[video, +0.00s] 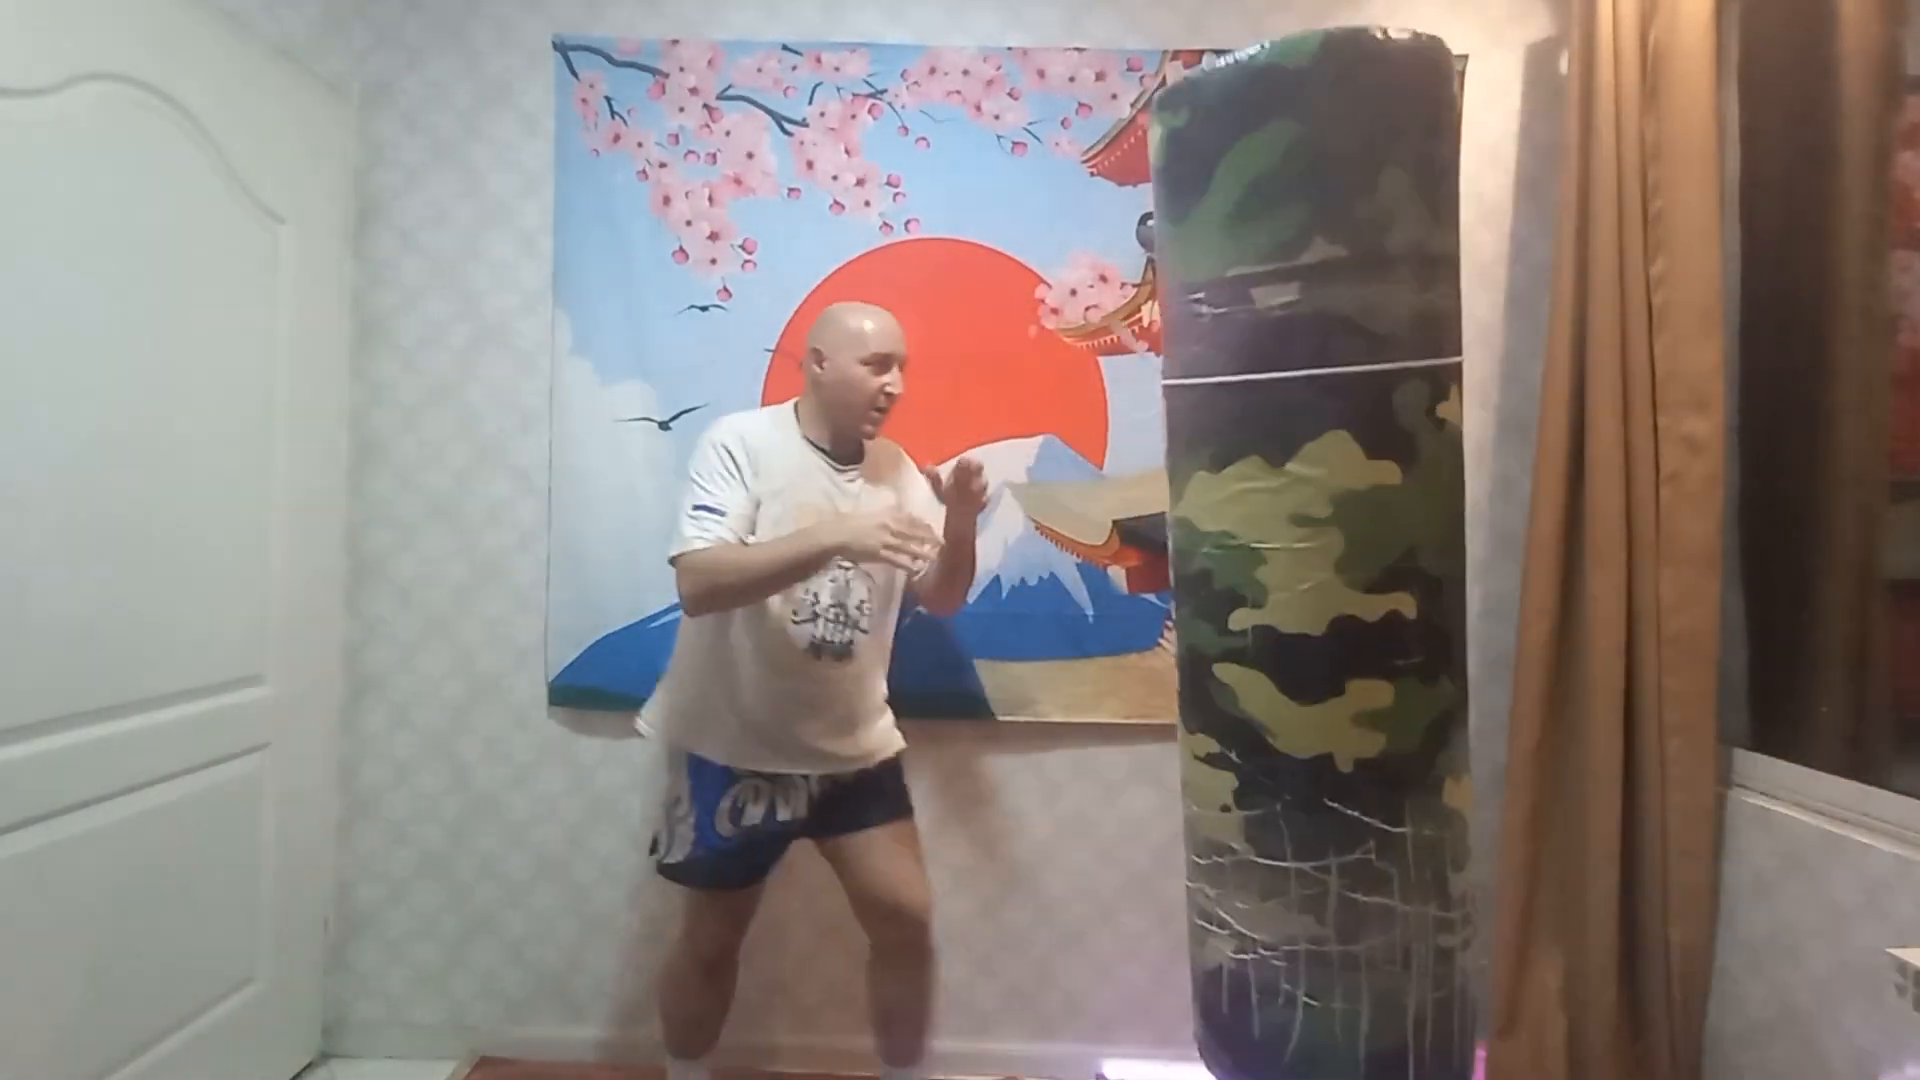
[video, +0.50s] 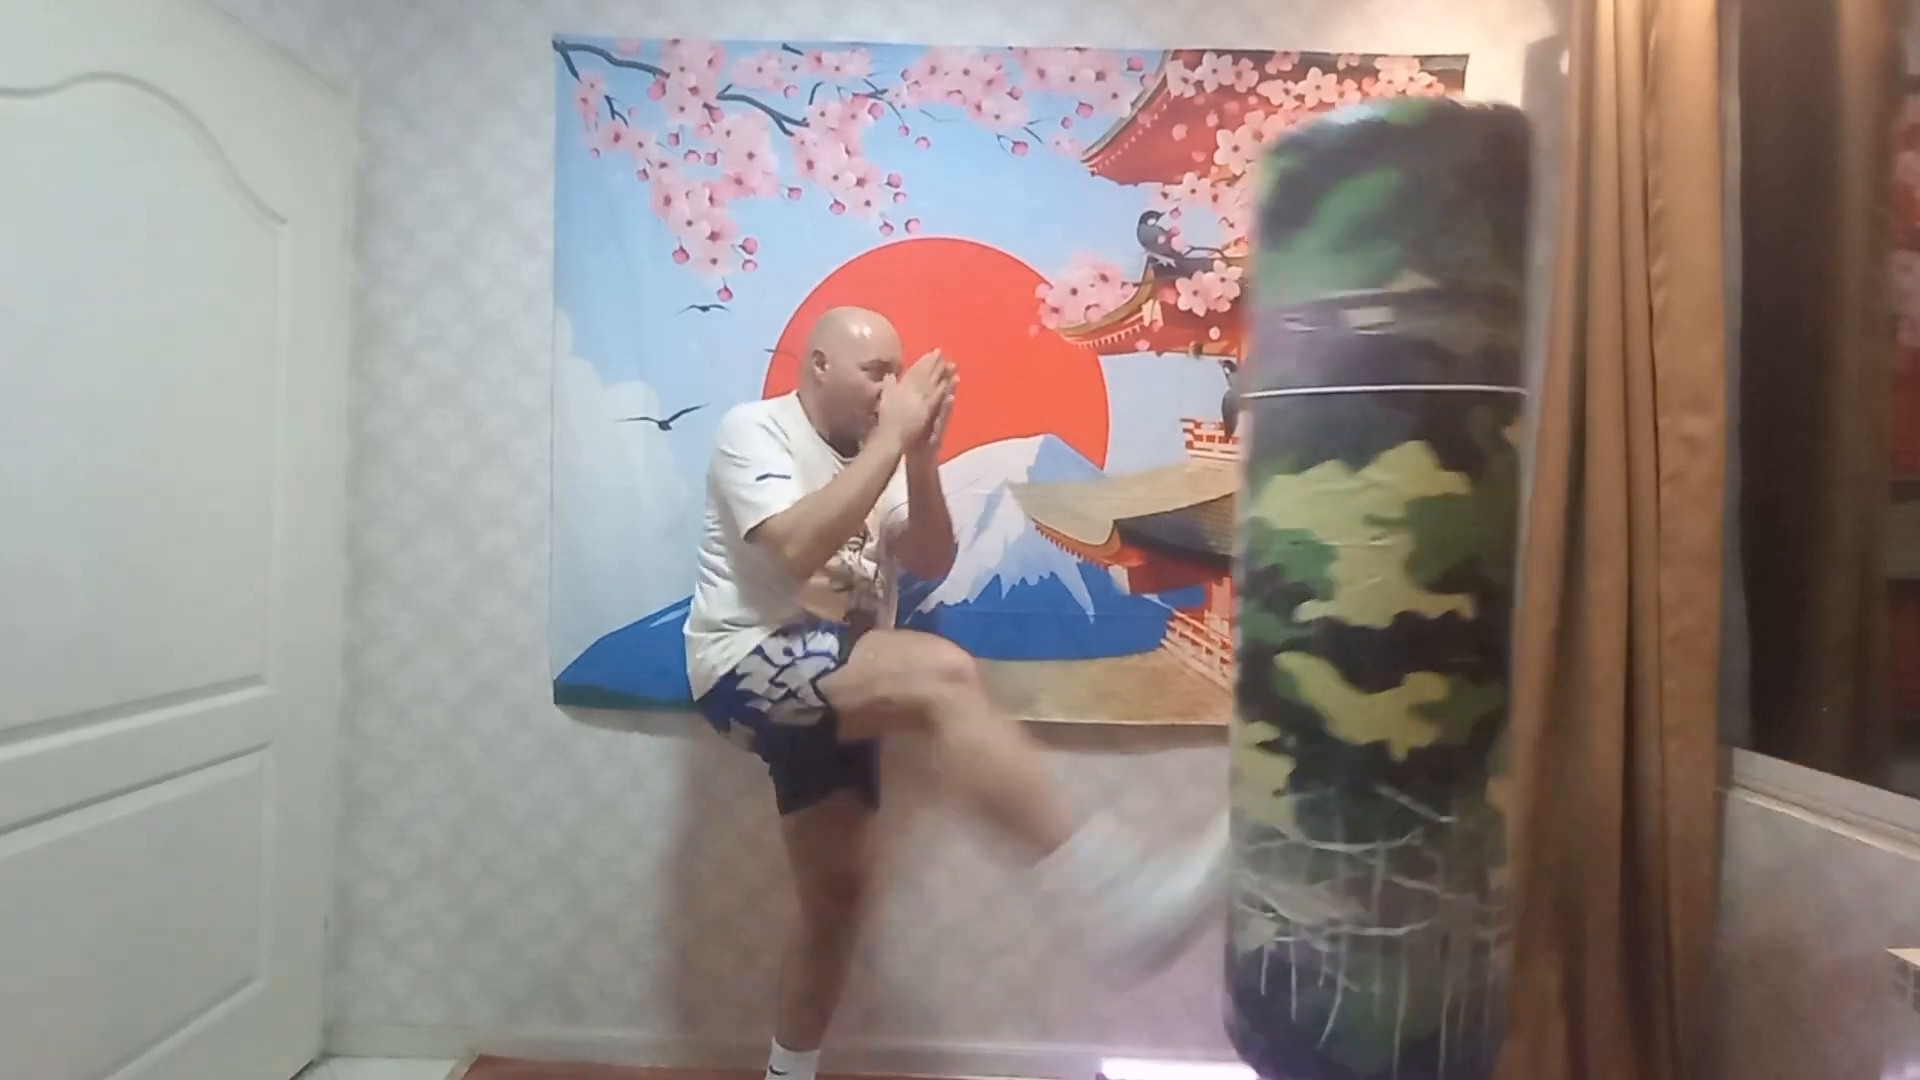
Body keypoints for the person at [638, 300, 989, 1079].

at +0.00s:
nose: (893, 385)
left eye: (899, 368)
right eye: (875, 365)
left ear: (900, 375)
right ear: (815, 364)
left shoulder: (899, 474)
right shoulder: (738, 443)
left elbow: (943, 598)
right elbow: (698, 583)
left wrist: (960, 520)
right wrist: (840, 535)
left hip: (856, 744)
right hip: (734, 745)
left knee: (906, 917)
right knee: (710, 945)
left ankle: (905, 1075)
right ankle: (685, 1073)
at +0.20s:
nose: (885, 384)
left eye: (891, 368)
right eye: (868, 366)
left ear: (892, 379)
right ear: (809, 363)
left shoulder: (888, 464)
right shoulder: (745, 442)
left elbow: (958, 552)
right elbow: (772, 549)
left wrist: (967, 452)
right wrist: (888, 437)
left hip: (852, 740)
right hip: (738, 739)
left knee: (863, 915)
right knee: (721, 938)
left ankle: (797, 1069)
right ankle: (684, 1072)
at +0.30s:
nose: (887, 384)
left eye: (892, 368)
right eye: (869, 364)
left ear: (893, 379)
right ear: (812, 364)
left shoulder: (880, 454)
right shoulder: (752, 436)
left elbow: (953, 541)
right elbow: (813, 526)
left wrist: (954, 446)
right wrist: (896, 408)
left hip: (859, 727)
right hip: (762, 727)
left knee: (847, 924)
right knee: (834, 916)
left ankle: (798, 1067)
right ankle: (712, 1035)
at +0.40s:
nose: (890, 384)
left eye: (895, 368)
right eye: (873, 366)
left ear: (896, 377)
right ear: (817, 365)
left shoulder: (880, 454)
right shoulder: (753, 430)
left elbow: (939, 545)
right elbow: (810, 528)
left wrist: (933, 443)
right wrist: (899, 416)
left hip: (841, 689)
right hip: (756, 682)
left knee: (834, 911)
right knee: (930, 774)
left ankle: (793, 1060)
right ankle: (841, 983)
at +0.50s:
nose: (889, 389)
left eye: (893, 375)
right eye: (873, 372)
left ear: (892, 385)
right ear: (817, 367)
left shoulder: (873, 451)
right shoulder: (751, 430)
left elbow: (928, 561)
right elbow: (792, 547)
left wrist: (921, 453)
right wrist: (894, 436)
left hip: (836, 654)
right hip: (751, 654)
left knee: (837, 895)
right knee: (939, 670)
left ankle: (789, 1071)